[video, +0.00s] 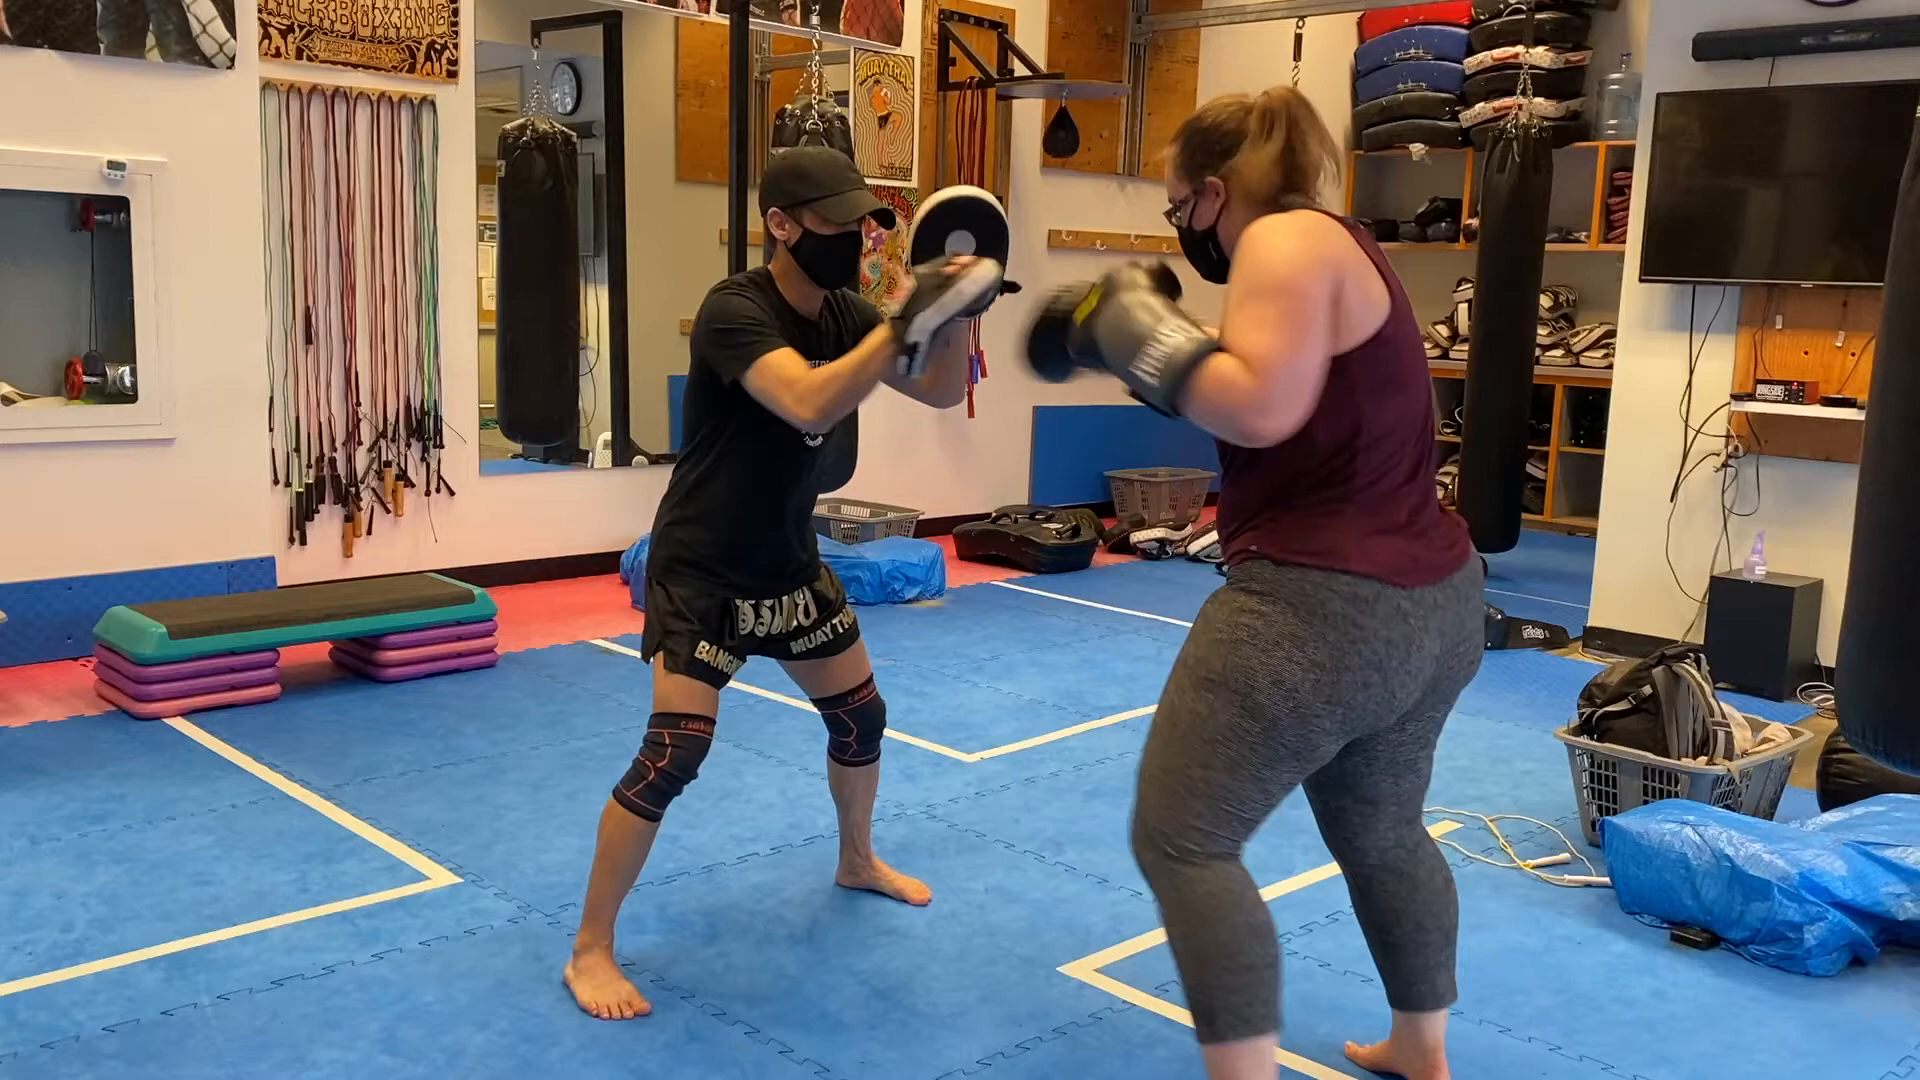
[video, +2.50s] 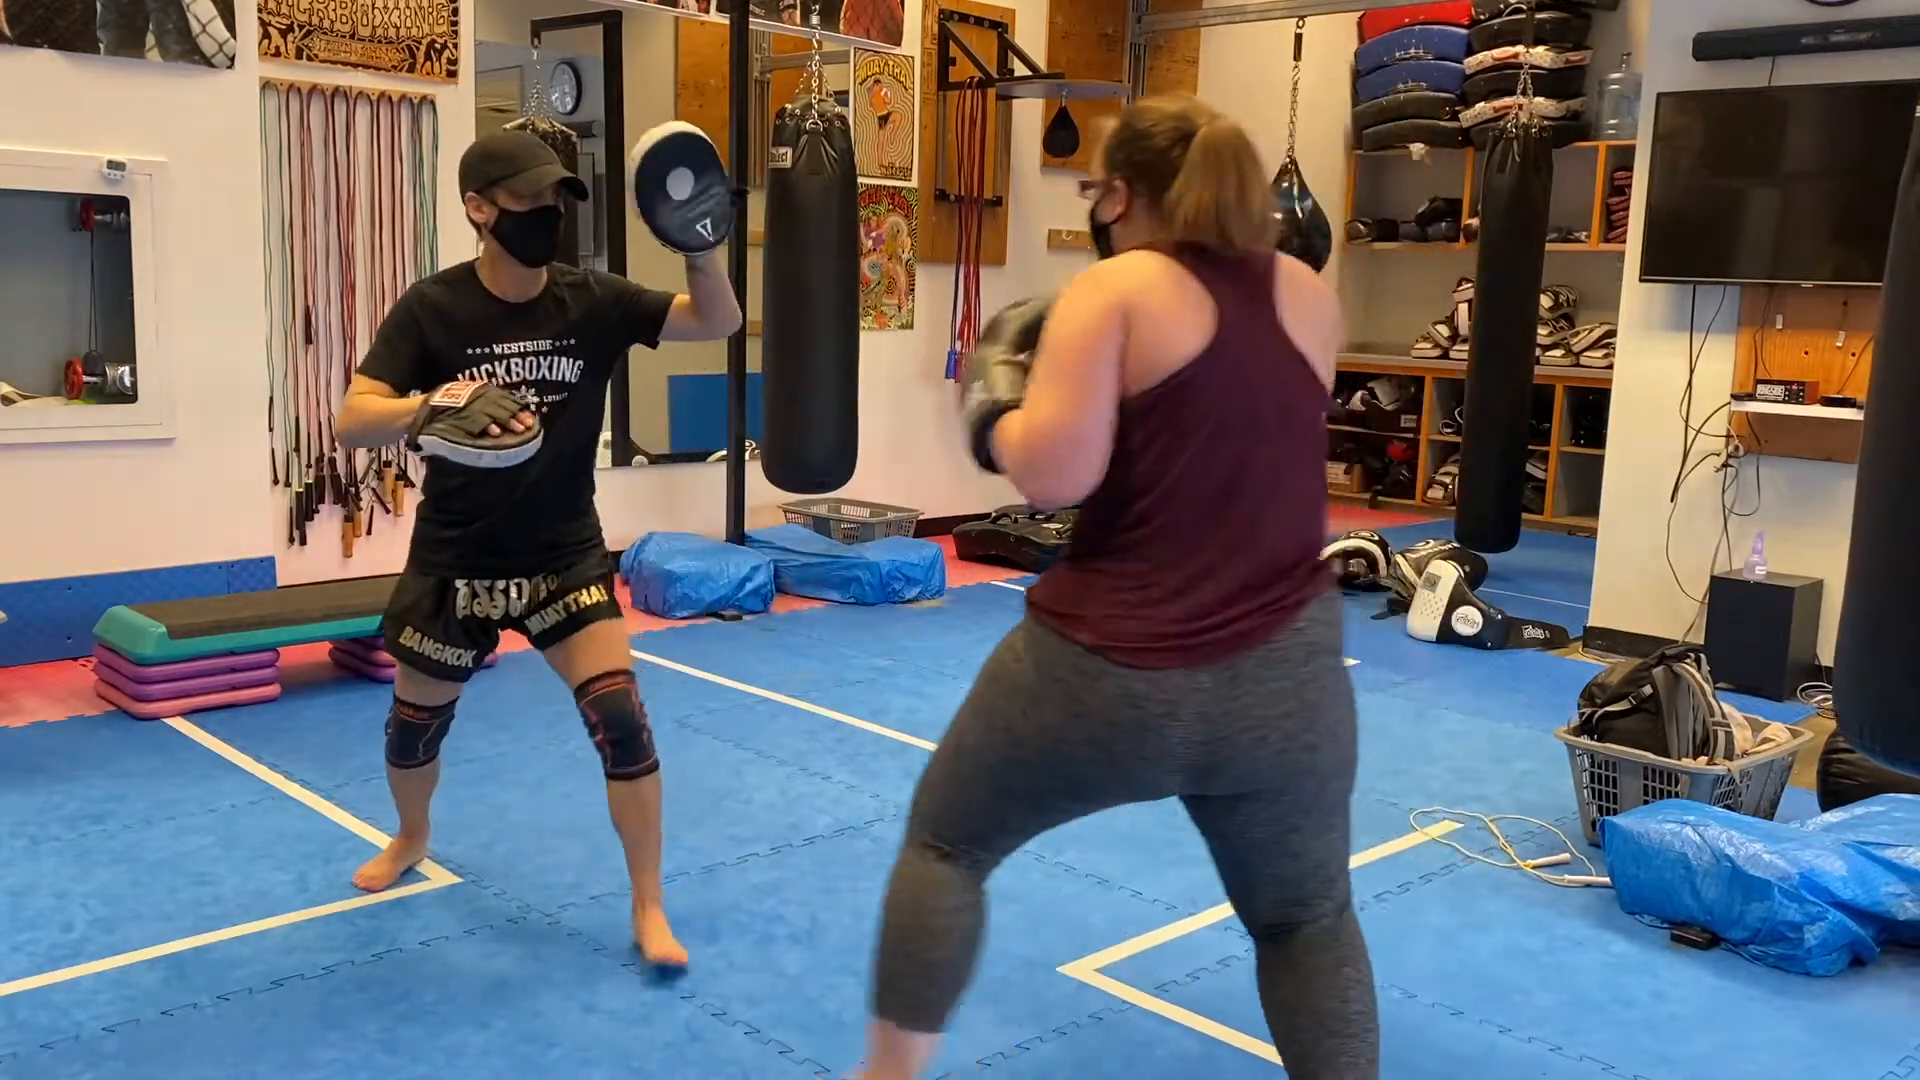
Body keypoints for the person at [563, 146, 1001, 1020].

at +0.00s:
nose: (859, 242)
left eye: (861, 227)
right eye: (843, 228)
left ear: (844, 228)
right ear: (785, 224)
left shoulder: (844, 310)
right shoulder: (731, 313)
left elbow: (940, 388)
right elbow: (809, 405)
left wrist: (953, 306)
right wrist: (902, 319)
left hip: (790, 554)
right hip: (702, 559)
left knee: (859, 717)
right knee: (676, 747)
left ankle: (857, 861)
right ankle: (592, 947)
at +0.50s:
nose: (871, 228)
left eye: (873, 212)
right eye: (854, 213)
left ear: (864, 218)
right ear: (796, 215)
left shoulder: (854, 303)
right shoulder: (743, 308)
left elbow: (954, 382)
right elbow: (816, 406)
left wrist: (959, 296)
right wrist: (901, 318)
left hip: (800, 552)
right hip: (714, 555)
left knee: (859, 712)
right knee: (673, 745)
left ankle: (858, 861)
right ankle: (592, 947)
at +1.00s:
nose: (898, 263)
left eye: (902, 247)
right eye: (880, 250)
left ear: (908, 243)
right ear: (829, 250)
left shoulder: (904, 338)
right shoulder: (777, 335)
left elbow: (1001, 417)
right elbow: (769, 448)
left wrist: (993, 340)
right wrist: (872, 392)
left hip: (834, 562)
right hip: (747, 566)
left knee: (929, 712)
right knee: (704, 745)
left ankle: (932, 856)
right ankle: (599, 941)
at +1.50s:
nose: (763, 266)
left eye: (771, 253)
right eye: (747, 253)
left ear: (778, 253)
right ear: (701, 251)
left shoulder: (794, 346)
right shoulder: (645, 340)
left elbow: (831, 420)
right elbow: (577, 419)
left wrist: (846, 463)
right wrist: (583, 467)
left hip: (760, 560)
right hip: (658, 558)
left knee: (837, 706)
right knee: (593, 714)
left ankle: (912, 846)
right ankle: (608, 811)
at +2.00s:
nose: (678, 232)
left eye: (685, 218)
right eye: (659, 219)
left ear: (695, 222)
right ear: (614, 225)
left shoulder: (714, 321)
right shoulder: (560, 312)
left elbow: (796, 395)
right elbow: (490, 418)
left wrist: (819, 387)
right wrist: (541, 417)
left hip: (673, 540)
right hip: (568, 538)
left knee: (714, 704)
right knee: (489, 698)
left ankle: (696, 848)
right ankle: (519, 795)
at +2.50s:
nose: (552, 217)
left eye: (559, 201)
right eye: (531, 203)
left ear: (570, 200)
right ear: (480, 206)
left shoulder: (594, 303)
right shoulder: (431, 309)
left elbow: (717, 319)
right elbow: (353, 419)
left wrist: (698, 232)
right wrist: (430, 408)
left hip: (563, 549)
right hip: (451, 556)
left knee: (621, 719)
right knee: (413, 725)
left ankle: (650, 906)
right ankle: (410, 840)